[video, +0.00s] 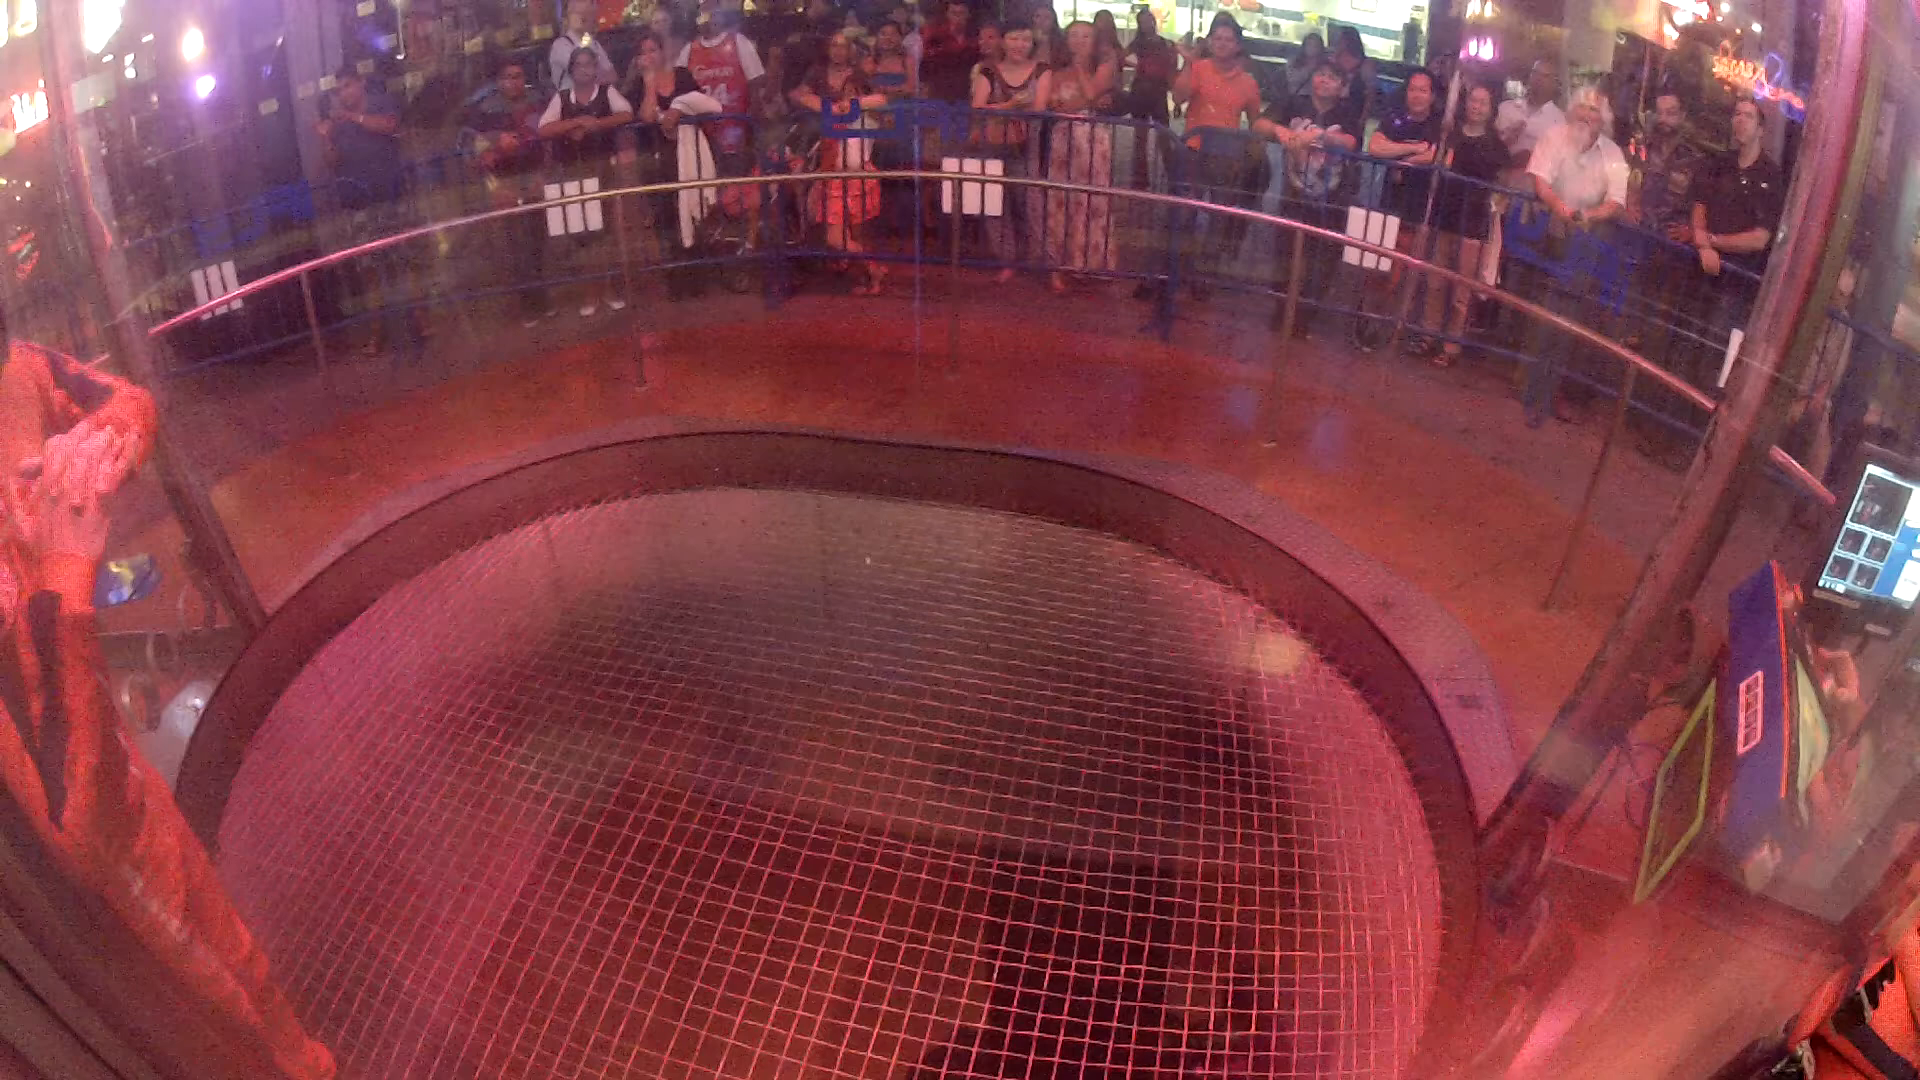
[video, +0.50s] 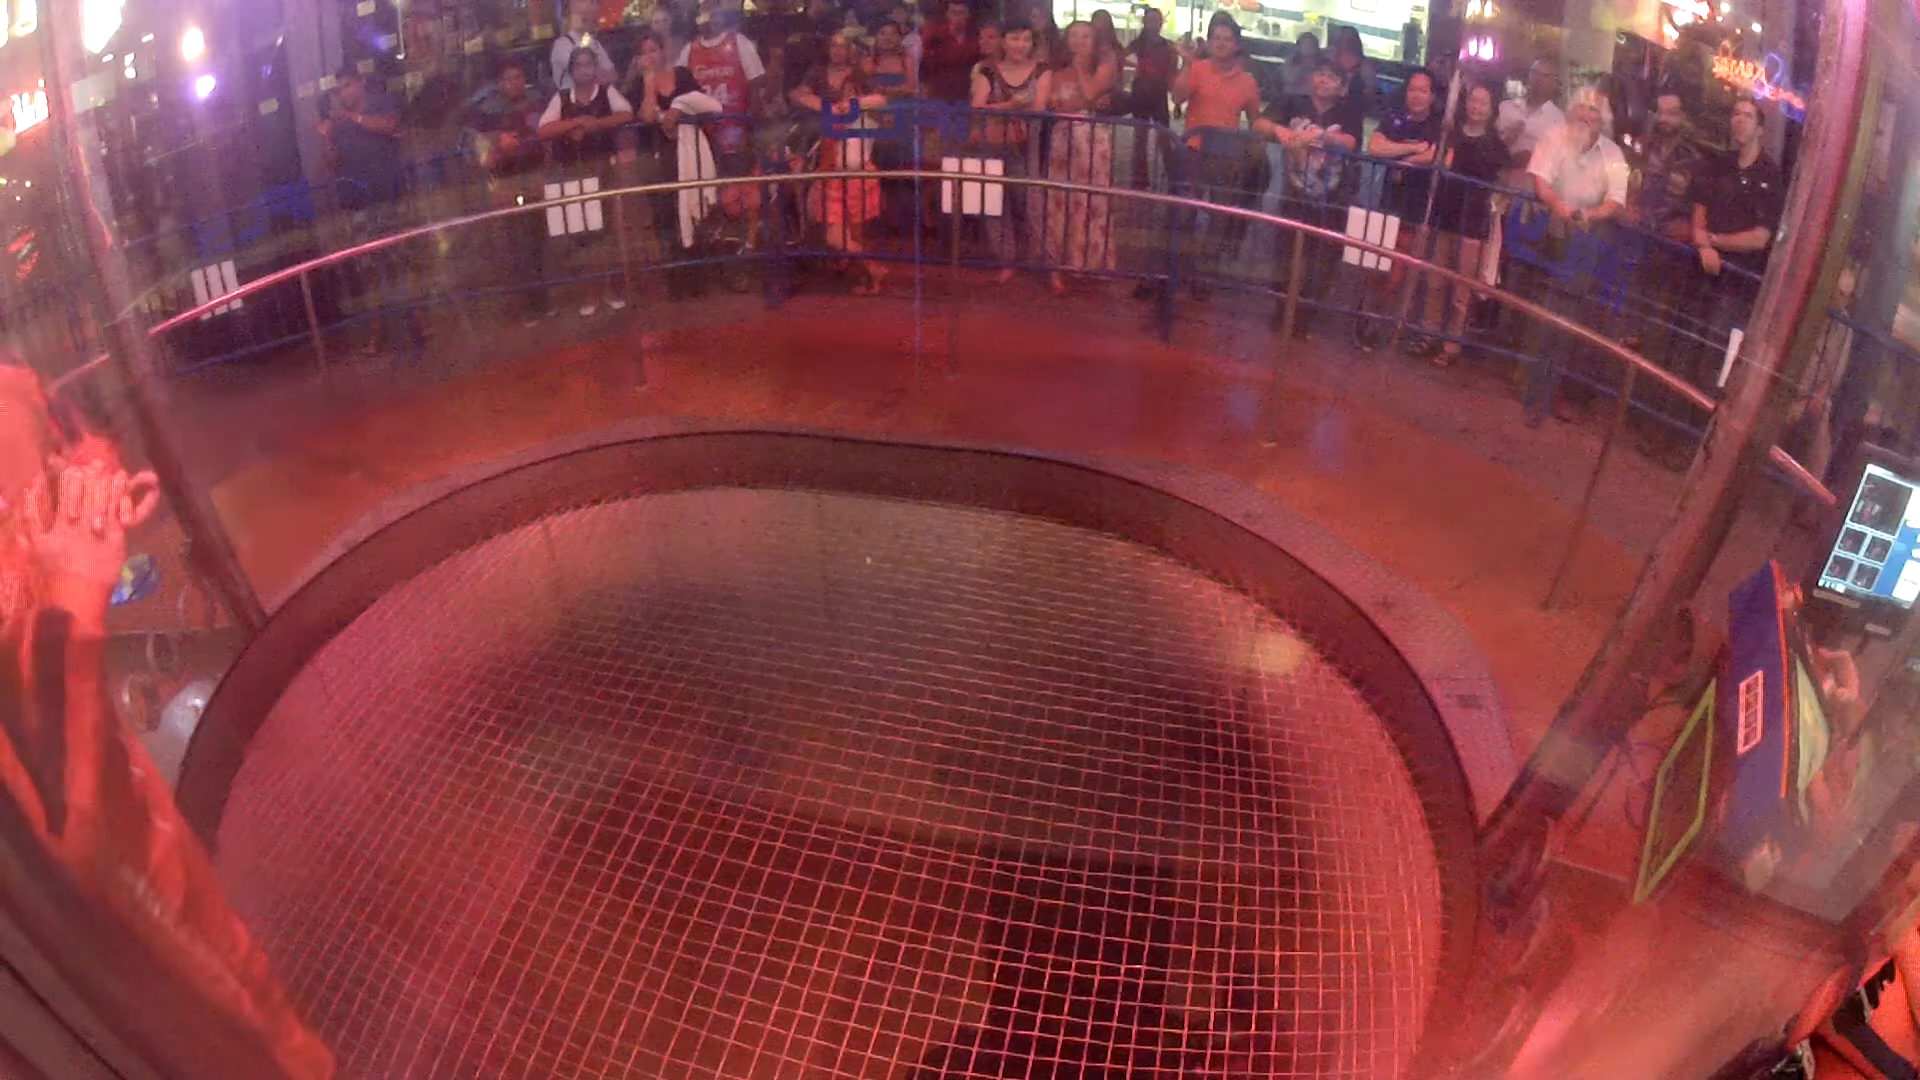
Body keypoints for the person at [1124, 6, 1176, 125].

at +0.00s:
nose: (1146, 25)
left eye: (1148, 21)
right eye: (1142, 22)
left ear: (1154, 22)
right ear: (1138, 24)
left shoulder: (1168, 45)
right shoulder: (1138, 42)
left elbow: (1172, 74)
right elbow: (1121, 57)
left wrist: (1177, 101)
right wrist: (1135, 65)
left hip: (1159, 93)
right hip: (1139, 91)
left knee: (1163, 132)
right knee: (1140, 133)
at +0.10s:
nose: (1146, 25)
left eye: (1148, 21)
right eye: (1143, 22)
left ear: (1154, 22)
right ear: (1139, 24)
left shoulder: (1167, 45)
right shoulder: (1139, 42)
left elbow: (1172, 73)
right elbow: (1121, 57)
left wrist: (1177, 101)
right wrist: (1135, 65)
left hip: (1159, 89)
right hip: (1140, 88)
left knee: (1162, 127)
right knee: (1140, 127)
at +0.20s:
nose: (1147, 25)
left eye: (1150, 21)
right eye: (1144, 22)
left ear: (1155, 22)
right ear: (1139, 24)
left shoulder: (1167, 45)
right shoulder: (1139, 42)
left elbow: (1172, 74)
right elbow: (1121, 57)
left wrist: (1177, 102)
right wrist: (1135, 65)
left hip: (1159, 91)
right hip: (1140, 89)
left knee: (1163, 130)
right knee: (1140, 131)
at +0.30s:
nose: (1150, 24)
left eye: (1153, 20)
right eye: (1147, 21)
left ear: (1157, 22)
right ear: (1141, 23)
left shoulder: (1168, 45)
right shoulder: (1140, 41)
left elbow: (1173, 73)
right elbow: (1121, 57)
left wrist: (1177, 102)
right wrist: (1135, 65)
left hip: (1159, 90)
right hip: (1140, 88)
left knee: (1163, 130)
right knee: (1140, 131)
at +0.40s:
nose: (1152, 25)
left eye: (1155, 21)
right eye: (1148, 21)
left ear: (1159, 23)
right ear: (1143, 23)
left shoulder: (1168, 46)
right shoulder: (1140, 42)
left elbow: (1172, 75)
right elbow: (1121, 58)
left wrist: (1177, 102)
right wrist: (1136, 66)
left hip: (1159, 91)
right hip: (1140, 89)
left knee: (1163, 130)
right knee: (1140, 131)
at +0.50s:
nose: (1152, 25)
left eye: (1156, 21)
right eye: (1149, 21)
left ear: (1161, 23)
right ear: (1143, 22)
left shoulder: (1168, 46)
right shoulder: (1139, 42)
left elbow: (1173, 73)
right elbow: (1121, 57)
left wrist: (1177, 98)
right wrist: (1135, 67)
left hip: (1159, 93)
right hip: (1141, 92)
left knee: (1164, 140)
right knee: (1140, 138)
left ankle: (1173, 180)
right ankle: (1140, 180)